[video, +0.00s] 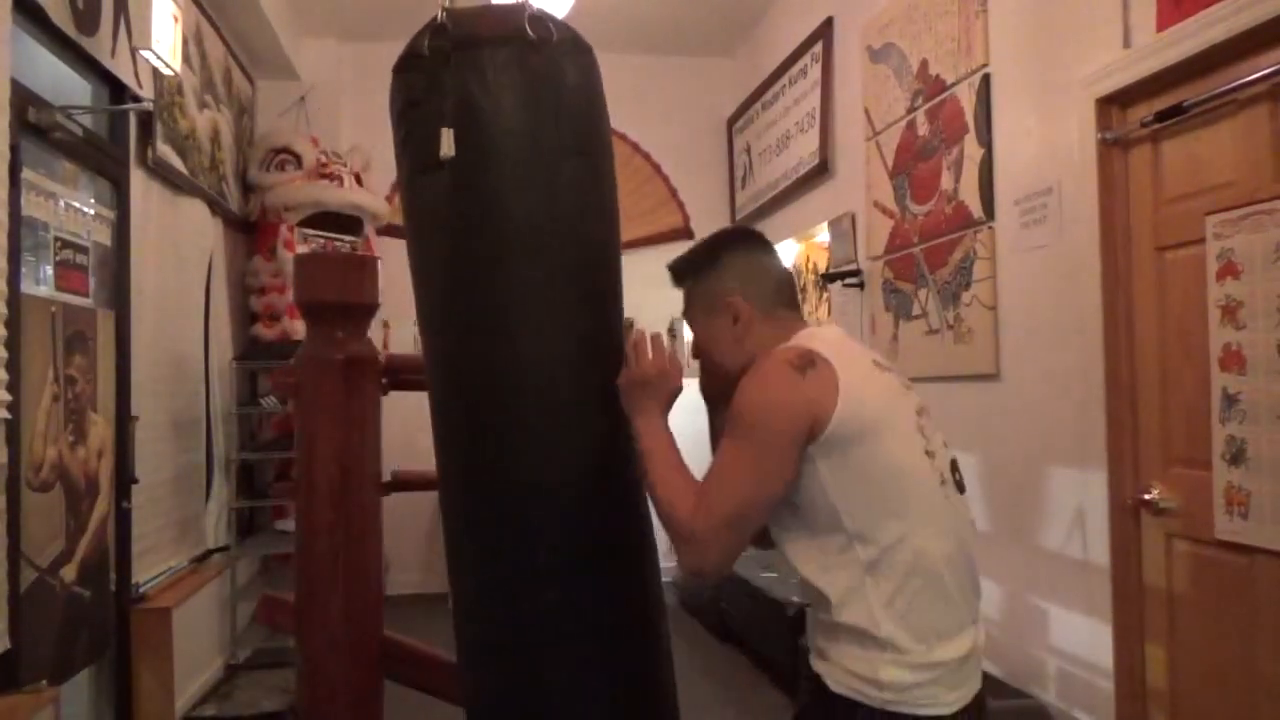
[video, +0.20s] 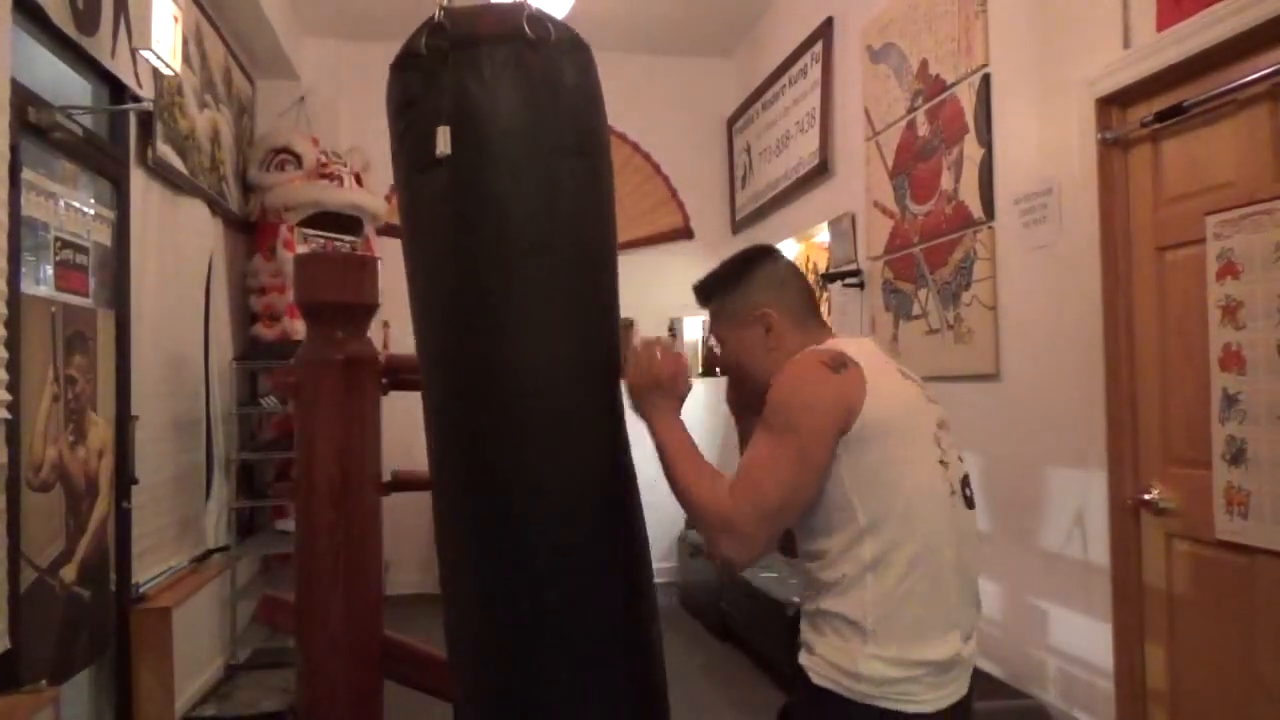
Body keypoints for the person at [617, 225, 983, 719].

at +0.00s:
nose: (695, 347)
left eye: (696, 328)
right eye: (692, 330)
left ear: (737, 316)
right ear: (741, 316)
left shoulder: (786, 376)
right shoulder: (836, 353)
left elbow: (704, 549)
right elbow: (757, 528)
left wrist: (647, 418)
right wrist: (716, 402)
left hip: (884, 695)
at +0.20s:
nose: (723, 360)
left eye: (722, 341)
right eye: (718, 344)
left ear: (767, 326)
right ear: (773, 326)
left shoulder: (817, 376)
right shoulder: (874, 364)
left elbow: (737, 538)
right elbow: (789, 532)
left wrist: (662, 413)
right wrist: (747, 409)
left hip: (867, 696)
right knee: (709, 597)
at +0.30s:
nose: (735, 360)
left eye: (736, 340)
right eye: (731, 344)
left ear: (774, 318)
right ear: (819, 311)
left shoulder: (812, 361)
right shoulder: (882, 356)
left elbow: (723, 512)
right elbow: (809, 522)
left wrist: (685, 391)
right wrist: (754, 397)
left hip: (861, 685)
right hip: (938, 676)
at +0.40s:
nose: (740, 368)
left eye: (740, 349)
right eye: (735, 355)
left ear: (773, 314)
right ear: (819, 310)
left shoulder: (791, 357)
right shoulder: (899, 361)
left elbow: (690, 498)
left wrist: (680, 378)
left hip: (843, 688)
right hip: (939, 681)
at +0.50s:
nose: (721, 364)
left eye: (721, 345)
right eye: (714, 350)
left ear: (758, 323)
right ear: (806, 315)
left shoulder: (765, 366)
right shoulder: (890, 367)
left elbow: (663, 508)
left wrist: (662, 387)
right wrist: (730, 370)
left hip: (825, 697)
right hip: (932, 686)